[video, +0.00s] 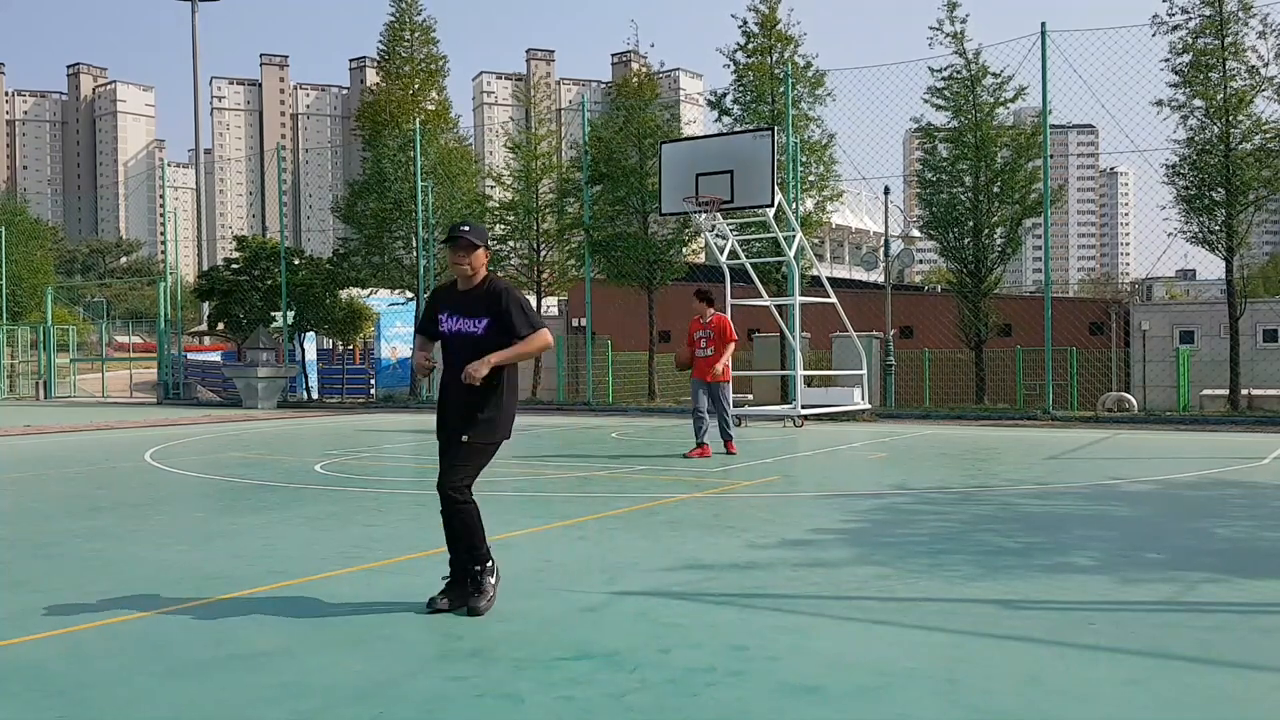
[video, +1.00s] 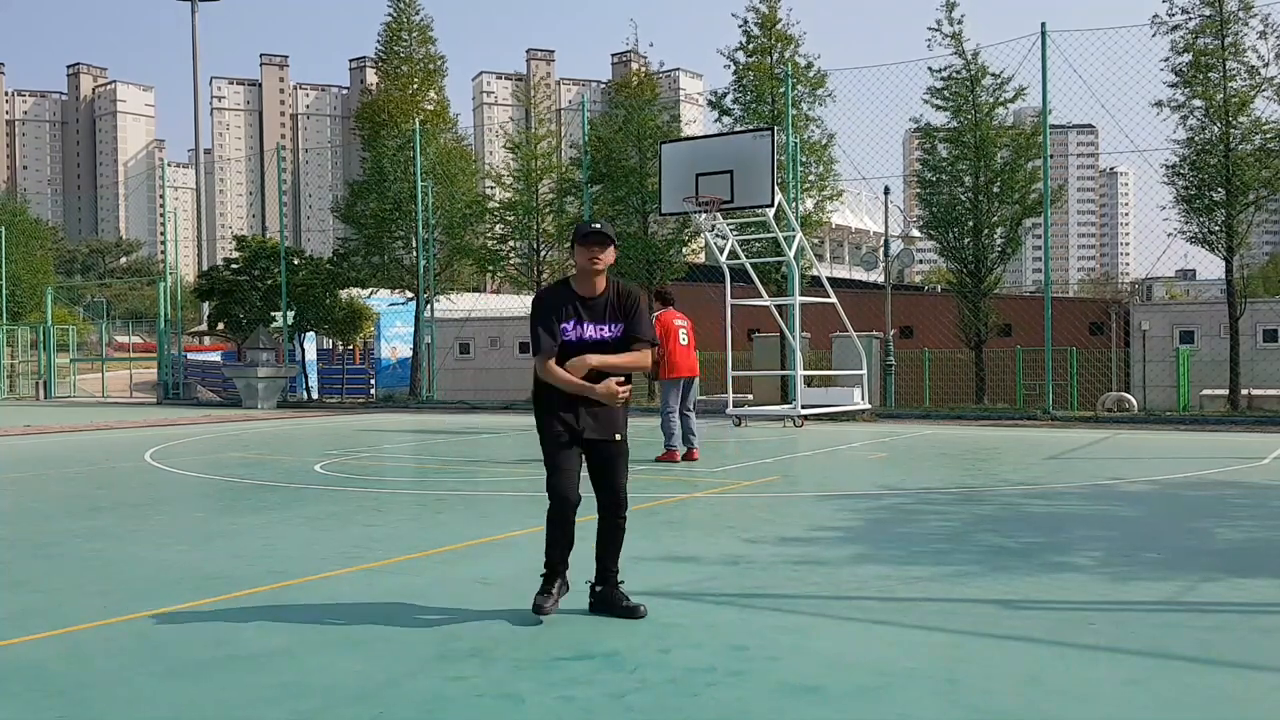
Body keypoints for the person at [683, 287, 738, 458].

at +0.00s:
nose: (693, 305)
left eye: (695, 301)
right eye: (693, 301)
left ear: (704, 303)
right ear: (701, 303)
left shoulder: (723, 320)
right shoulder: (694, 323)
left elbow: (731, 343)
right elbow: (690, 347)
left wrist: (721, 362)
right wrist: (683, 361)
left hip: (719, 371)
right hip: (699, 372)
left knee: (724, 409)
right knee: (699, 409)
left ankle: (728, 441)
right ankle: (702, 445)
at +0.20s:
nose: (683, 304)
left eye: (685, 301)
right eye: (683, 301)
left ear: (693, 302)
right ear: (693, 302)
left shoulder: (710, 318)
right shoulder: (689, 322)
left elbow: (717, 343)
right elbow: (690, 343)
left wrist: (699, 361)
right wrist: (680, 353)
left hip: (707, 371)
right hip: (691, 372)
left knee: (710, 405)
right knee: (693, 411)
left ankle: (724, 433)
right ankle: (701, 445)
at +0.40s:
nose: (675, 305)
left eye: (676, 301)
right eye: (675, 301)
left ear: (683, 302)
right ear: (688, 301)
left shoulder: (696, 316)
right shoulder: (691, 318)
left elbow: (699, 341)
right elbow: (686, 343)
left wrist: (681, 358)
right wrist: (676, 356)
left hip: (697, 370)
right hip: (693, 369)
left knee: (688, 405)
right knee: (694, 405)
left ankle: (703, 443)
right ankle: (701, 444)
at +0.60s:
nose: (669, 305)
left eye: (670, 301)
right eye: (669, 301)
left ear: (674, 302)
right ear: (685, 301)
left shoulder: (682, 317)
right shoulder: (694, 318)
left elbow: (682, 342)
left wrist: (666, 359)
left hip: (687, 374)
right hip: (697, 374)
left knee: (675, 409)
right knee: (692, 410)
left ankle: (671, 447)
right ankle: (702, 445)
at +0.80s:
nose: (659, 305)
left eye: (660, 302)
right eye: (660, 302)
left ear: (664, 302)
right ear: (676, 302)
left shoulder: (666, 317)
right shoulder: (687, 319)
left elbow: (663, 344)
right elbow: (691, 345)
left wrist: (655, 363)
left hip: (676, 369)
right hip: (692, 369)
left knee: (669, 410)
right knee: (688, 408)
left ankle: (671, 450)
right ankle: (700, 445)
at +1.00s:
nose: (653, 304)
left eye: (654, 301)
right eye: (654, 301)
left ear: (657, 302)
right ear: (671, 302)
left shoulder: (658, 318)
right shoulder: (685, 318)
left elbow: (655, 345)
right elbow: (692, 345)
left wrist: (653, 364)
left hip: (673, 367)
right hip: (692, 366)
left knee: (669, 409)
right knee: (688, 409)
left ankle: (672, 449)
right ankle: (692, 448)